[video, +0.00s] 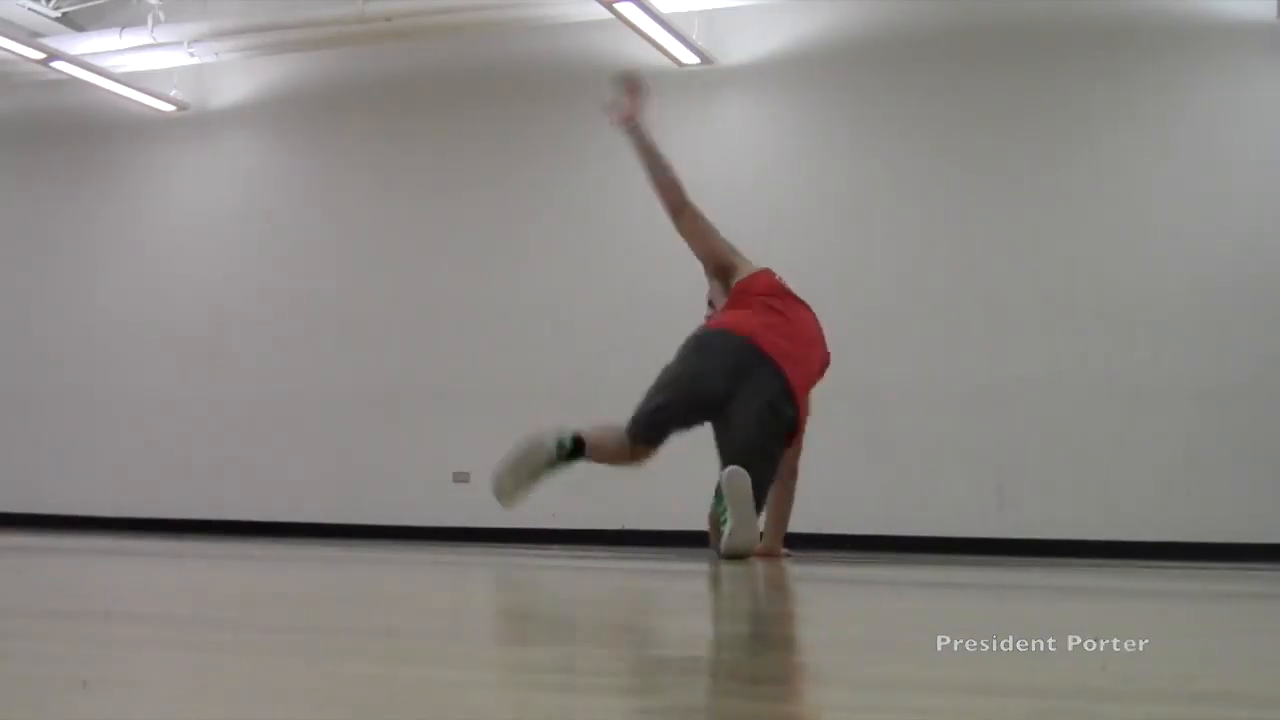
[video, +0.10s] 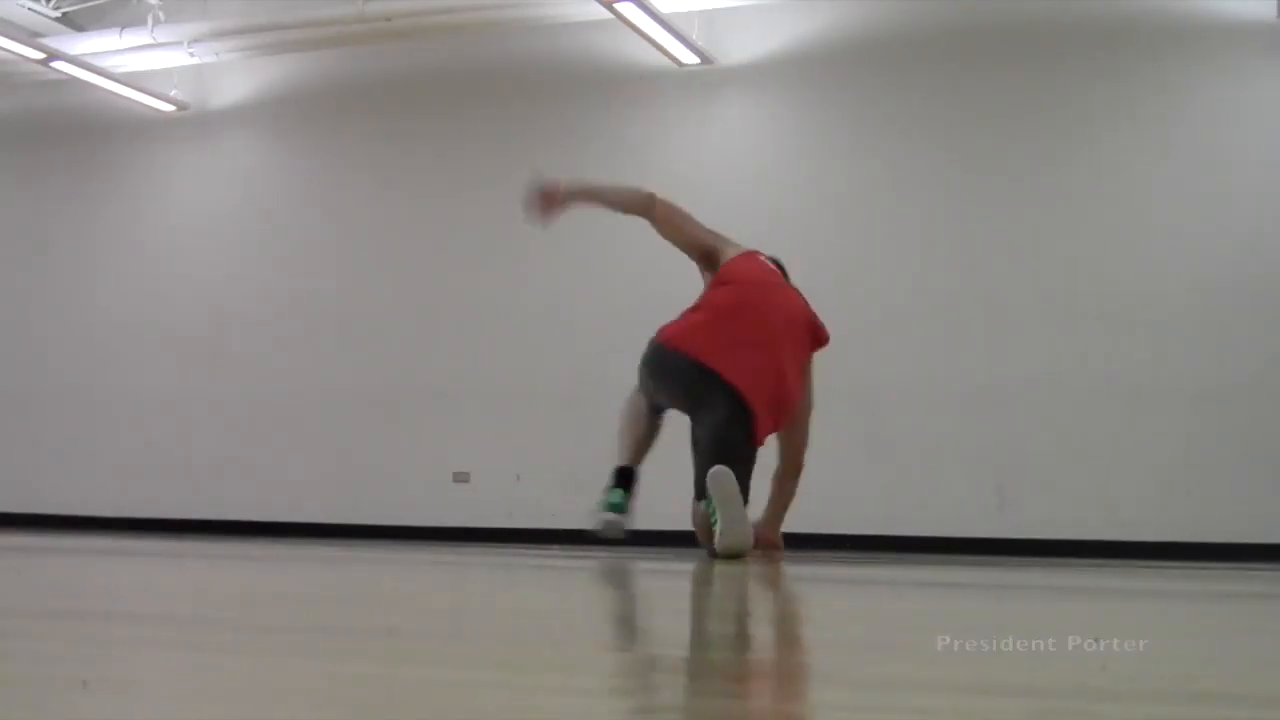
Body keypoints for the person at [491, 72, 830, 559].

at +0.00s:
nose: (712, 313)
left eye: (712, 304)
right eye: (711, 309)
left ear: (728, 283)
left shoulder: (744, 274)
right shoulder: (805, 359)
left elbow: (679, 205)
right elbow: (788, 466)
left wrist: (635, 129)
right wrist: (773, 542)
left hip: (719, 352)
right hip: (776, 395)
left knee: (635, 443)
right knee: (732, 517)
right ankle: (735, 519)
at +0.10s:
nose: (707, 286)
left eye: (712, 277)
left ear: (750, 261)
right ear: (787, 286)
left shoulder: (735, 256)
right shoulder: (801, 341)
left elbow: (650, 204)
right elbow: (793, 457)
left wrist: (567, 192)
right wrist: (771, 527)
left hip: (678, 356)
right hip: (739, 400)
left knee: (648, 398)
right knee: (708, 526)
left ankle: (620, 486)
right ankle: (725, 517)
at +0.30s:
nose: (808, 229)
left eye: (811, 220)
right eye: (804, 214)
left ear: (765, 202)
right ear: (774, 198)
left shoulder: (693, 226)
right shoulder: (776, 245)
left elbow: (622, 262)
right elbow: (795, 336)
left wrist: (679, 296)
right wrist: (818, 402)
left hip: (636, 390)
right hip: (701, 399)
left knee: (707, 440)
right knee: (756, 524)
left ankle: (660, 507)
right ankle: (719, 503)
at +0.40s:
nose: (774, 201)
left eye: (779, 192)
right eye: (765, 189)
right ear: (732, 182)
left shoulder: (697, 229)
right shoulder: (719, 233)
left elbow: (698, 324)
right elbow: (709, 318)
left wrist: (765, 344)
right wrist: (781, 371)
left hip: (639, 392)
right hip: (669, 388)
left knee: (759, 428)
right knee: (807, 443)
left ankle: (671, 503)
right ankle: (704, 493)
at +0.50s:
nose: (742, 205)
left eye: (747, 193)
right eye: (730, 193)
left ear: (752, 192)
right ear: (698, 190)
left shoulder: (729, 242)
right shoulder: (665, 249)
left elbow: (758, 319)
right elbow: (636, 339)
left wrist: (817, 325)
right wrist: (644, 410)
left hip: (687, 383)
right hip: (654, 387)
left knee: (796, 420)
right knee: (793, 381)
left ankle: (682, 497)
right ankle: (696, 501)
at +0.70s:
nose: (639, 254)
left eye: (639, 242)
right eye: (624, 246)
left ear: (647, 239)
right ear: (594, 254)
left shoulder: (658, 263)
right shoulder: (579, 325)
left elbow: (749, 252)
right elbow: (568, 437)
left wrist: (673, 225)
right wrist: (536, 534)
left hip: (684, 399)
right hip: (638, 427)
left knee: (814, 428)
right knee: (760, 398)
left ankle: (703, 502)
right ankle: (687, 508)